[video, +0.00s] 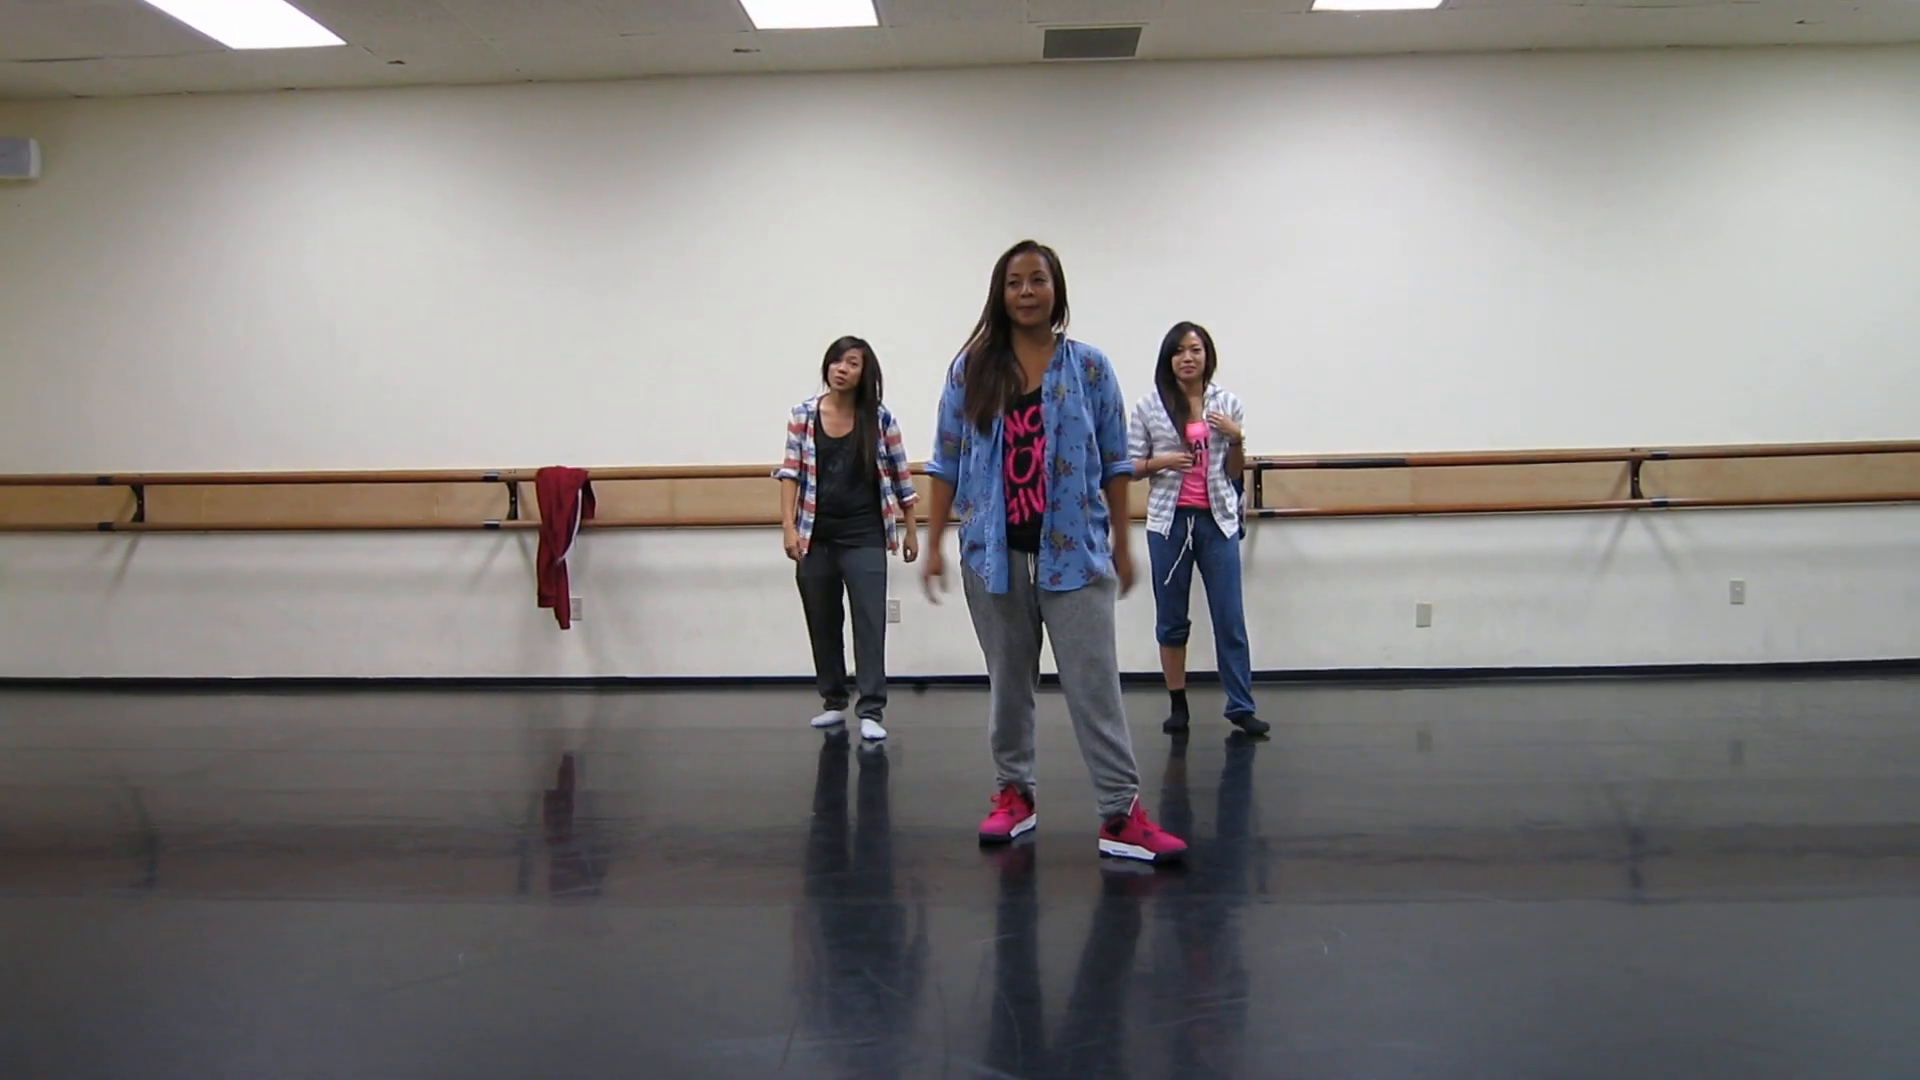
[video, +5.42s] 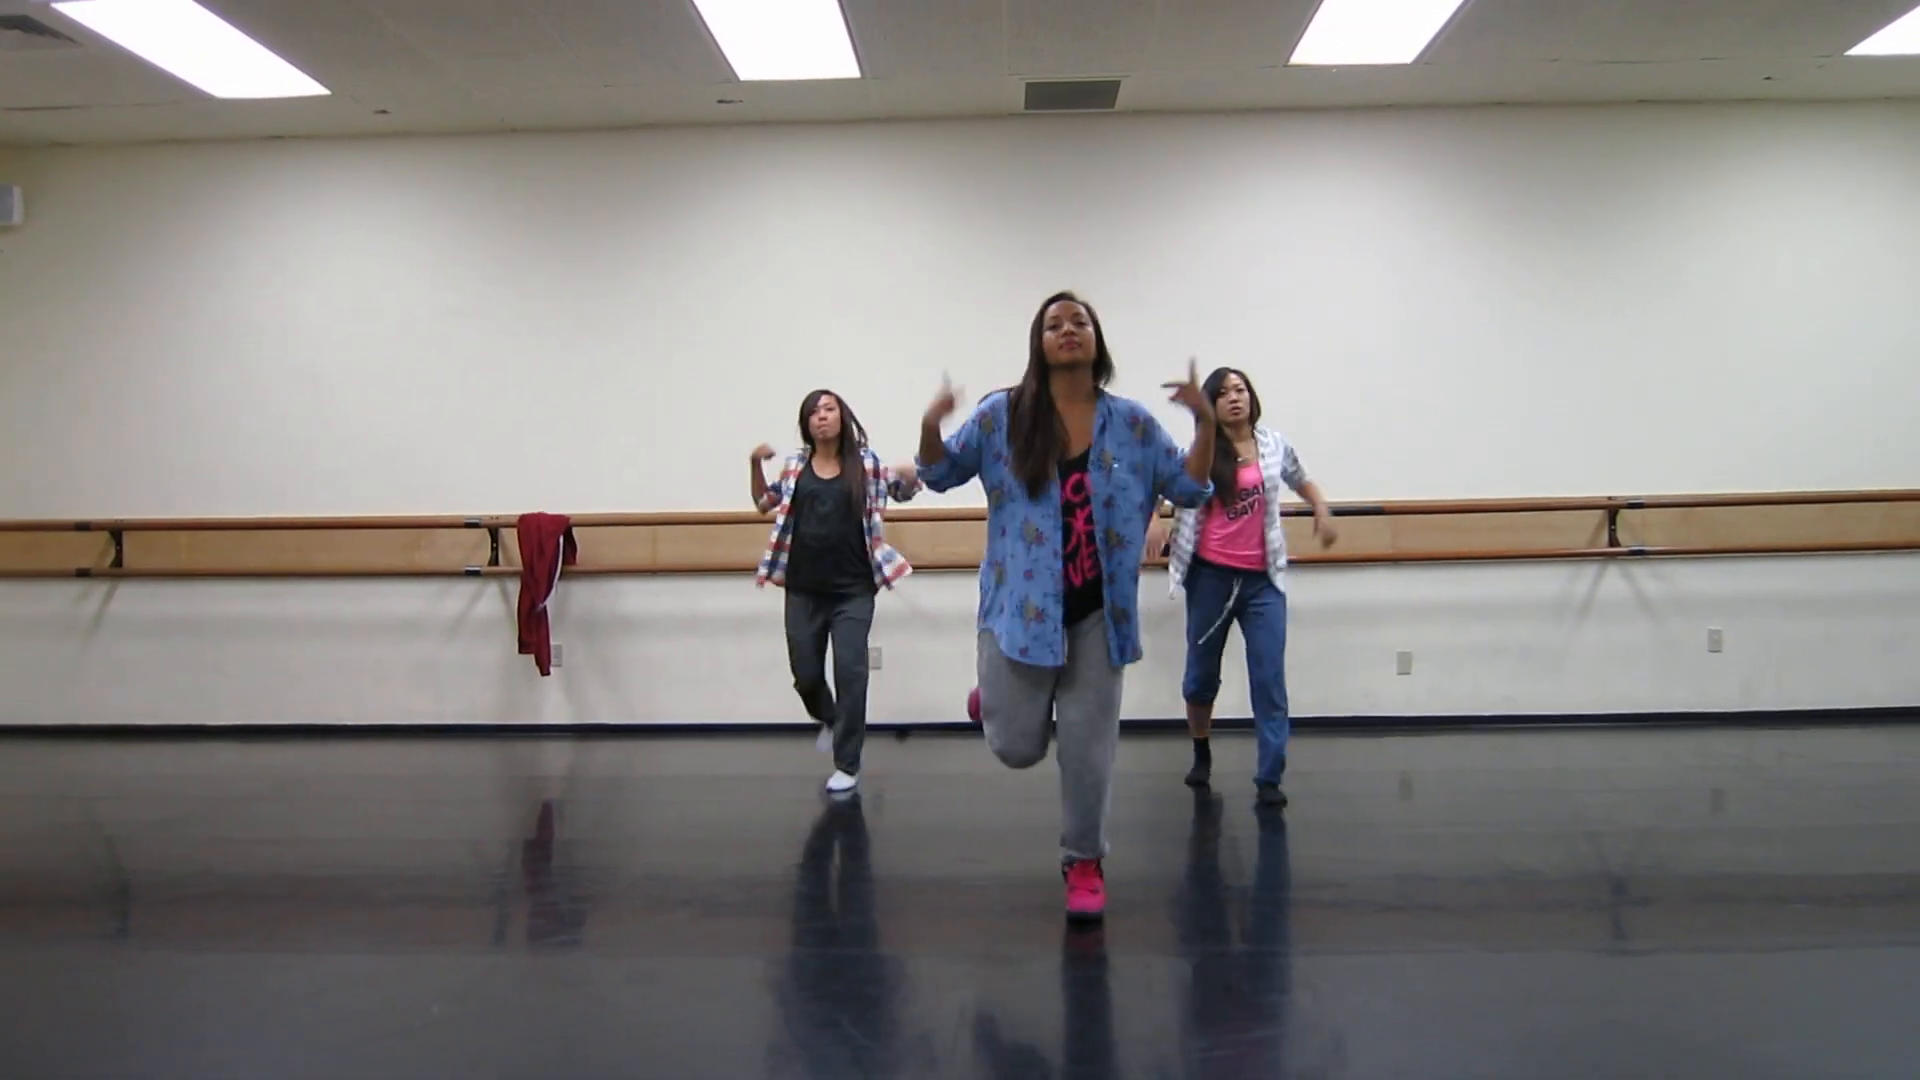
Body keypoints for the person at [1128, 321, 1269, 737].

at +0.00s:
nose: (1188, 358)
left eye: (1196, 350)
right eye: (1180, 351)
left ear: (1209, 356)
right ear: (1168, 359)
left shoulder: (1227, 403)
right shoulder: (1148, 408)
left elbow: (1234, 473)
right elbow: (1130, 467)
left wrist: (1236, 439)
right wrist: (1162, 460)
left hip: (1217, 519)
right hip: (1168, 521)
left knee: (1230, 618)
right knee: (1172, 619)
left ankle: (1241, 708)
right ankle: (1178, 705)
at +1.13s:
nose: (1240, 376)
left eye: (1248, 369)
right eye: (1232, 370)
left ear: (1260, 375)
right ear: (1219, 379)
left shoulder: (1279, 420)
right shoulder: (1201, 424)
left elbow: (1291, 487)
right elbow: (1186, 488)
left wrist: (1285, 454)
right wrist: (1227, 484)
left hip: (1265, 541)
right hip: (1214, 539)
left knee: (1259, 646)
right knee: (1193, 636)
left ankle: (1253, 738)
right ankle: (1179, 721)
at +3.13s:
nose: (1198, 390)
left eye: (1206, 383)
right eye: (1190, 383)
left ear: (1217, 392)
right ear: (1176, 392)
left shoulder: (1232, 441)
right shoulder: (1161, 441)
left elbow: (1248, 506)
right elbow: (1136, 493)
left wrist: (1251, 475)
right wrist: (1159, 477)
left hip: (1224, 553)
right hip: (1174, 553)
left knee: (1252, 650)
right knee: (1174, 653)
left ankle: (1281, 742)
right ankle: (1175, 748)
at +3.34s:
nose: (1216, 391)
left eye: (1223, 385)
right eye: (1207, 385)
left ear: (1234, 392)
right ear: (1193, 393)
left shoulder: (1252, 439)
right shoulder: (1174, 440)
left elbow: (1267, 488)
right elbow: (1160, 496)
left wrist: (1263, 501)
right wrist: (1182, 516)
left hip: (1241, 554)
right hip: (1191, 556)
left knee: (1273, 650)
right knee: (1184, 655)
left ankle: (1304, 742)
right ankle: (1177, 748)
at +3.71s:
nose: (1276, 392)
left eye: (1283, 385)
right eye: (1268, 387)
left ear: (1295, 393)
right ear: (1254, 397)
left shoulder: (1313, 440)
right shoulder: (1236, 448)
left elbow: (1323, 491)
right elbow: (1226, 512)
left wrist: (1333, 504)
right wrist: (1223, 569)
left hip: (1306, 558)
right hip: (1256, 559)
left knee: (1308, 657)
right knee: (1228, 647)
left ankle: (1311, 747)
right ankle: (1200, 745)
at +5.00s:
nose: (1243, 396)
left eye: (1251, 390)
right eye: (1234, 390)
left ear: (1263, 399)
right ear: (1221, 400)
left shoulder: (1282, 448)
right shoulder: (1201, 449)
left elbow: (1296, 509)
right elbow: (1187, 512)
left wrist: (1305, 564)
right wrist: (1187, 569)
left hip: (1265, 567)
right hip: (1214, 566)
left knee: (1283, 661)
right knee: (1206, 665)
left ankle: (1297, 746)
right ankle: (1203, 754)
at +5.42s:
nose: (1233, 397)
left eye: (1240, 390)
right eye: (1223, 393)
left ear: (1253, 399)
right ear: (1210, 406)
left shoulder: (1275, 445)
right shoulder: (1198, 450)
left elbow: (1303, 484)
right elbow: (1171, 487)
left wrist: (1322, 512)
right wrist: (1156, 520)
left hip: (1262, 579)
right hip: (1209, 577)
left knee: (1270, 679)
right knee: (1201, 676)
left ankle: (1270, 780)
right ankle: (1200, 751)